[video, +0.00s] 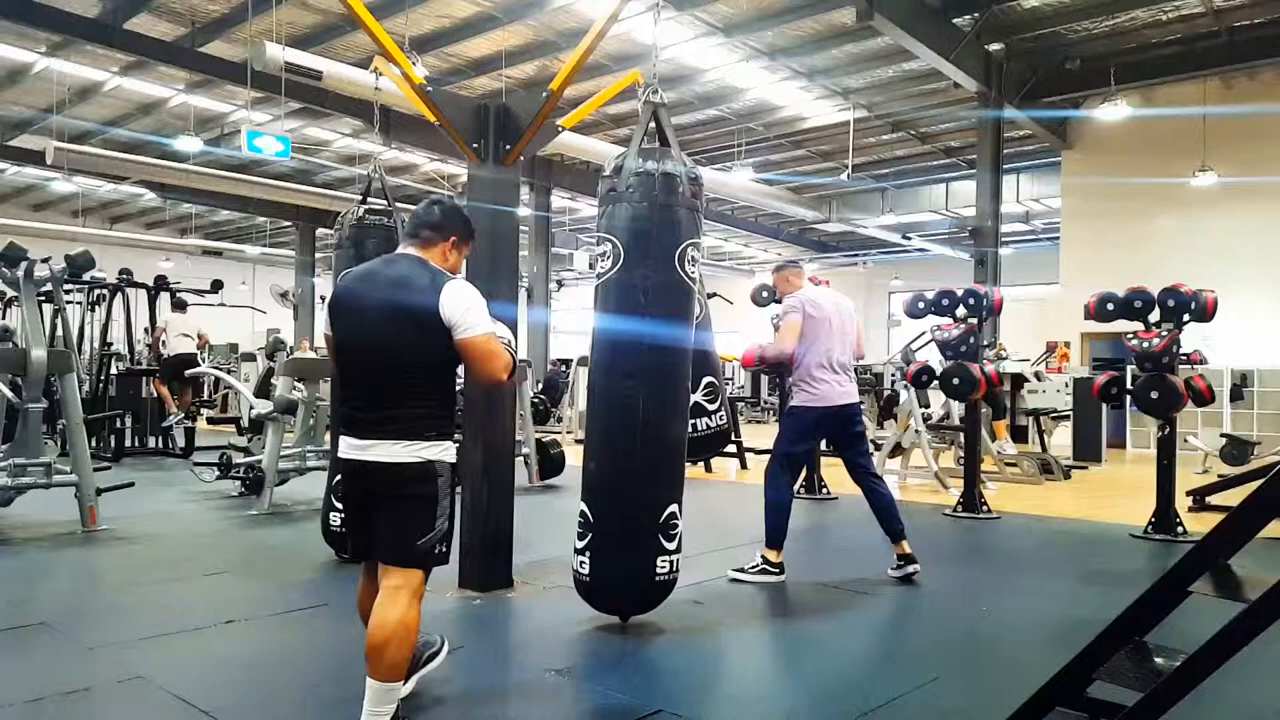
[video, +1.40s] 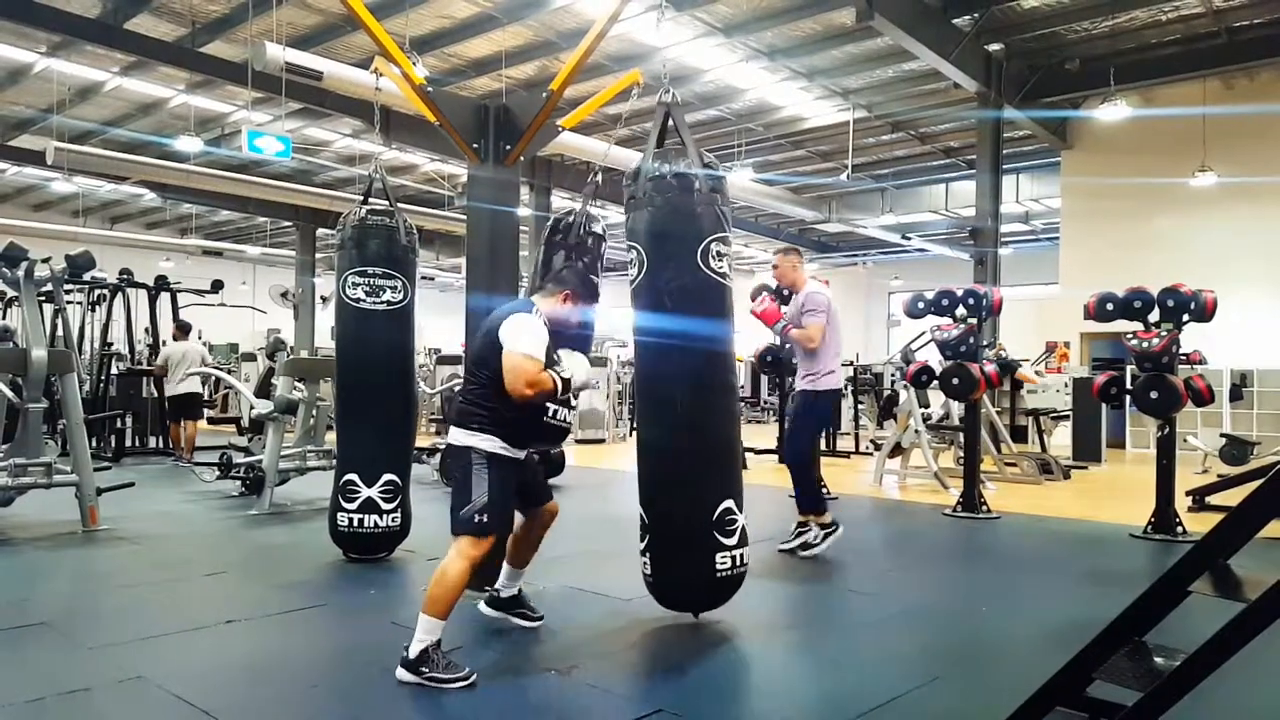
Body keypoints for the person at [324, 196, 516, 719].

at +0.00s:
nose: (463, 267)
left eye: (465, 257)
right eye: (464, 256)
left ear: (406, 237)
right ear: (451, 247)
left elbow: (333, 351)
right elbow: (494, 370)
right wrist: (502, 340)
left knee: (375, 571)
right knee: (401, 588)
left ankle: (399, 661)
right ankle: (375, 712)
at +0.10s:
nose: (474, 274)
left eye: (476, 265)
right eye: (475, 264)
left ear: (422, 243)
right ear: (461, 253)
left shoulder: (362, 292)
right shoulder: (455, 297)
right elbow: (489, 378)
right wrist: (511, 358)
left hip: (368, 453)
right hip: (424, 457)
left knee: (400, 569)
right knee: (410, 584)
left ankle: (406, 662)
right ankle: (377, 712)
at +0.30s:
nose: (494, 279)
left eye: (496, 269)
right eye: (496, 268)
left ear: (456, 250)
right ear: (481, 256)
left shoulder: (405, 287)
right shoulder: (465, 296)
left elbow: (417, 361)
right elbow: (486, 374)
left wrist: (488, 350)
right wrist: (512, 359)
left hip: (394, 445)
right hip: (437, 449)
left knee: (423, 553)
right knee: (467, 560)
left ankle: (413, 660)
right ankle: (396, 681)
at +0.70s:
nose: (550, 320)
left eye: (555, 312)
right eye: (554, 310)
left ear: (527, 289)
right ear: (540, 296)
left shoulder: (486, 314)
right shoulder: (495, 325)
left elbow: (487, 382)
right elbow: (457, 390)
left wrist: (534, 377)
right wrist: (498, 431)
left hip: (450, 448)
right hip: (451, 451)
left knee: (468, 544)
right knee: (470, 561)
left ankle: (472, 623)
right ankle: (428, 685)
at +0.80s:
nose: (559, 324)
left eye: (563, 316)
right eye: (561, 314)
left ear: (532, 295)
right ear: (550, 303)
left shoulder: (498, 314)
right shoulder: (515, 321)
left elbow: (499, 381)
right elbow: (477, 370)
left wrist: (541, 375)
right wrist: (520, 413)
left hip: (463, 445)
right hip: (468, 448)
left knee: (481, 544)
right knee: (479, 558)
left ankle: (480, 621)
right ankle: (428, 680)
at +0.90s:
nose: (563, 316)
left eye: (563, 311)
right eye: (564, 310)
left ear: (525, 289)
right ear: (554, 301)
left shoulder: (473, 314)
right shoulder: (543, 316)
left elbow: (450, 376)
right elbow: (593, 363)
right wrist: (623, 358)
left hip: (444, 439)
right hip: (483, 444)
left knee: (481, 534)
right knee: (476, 552)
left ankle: (479, 620)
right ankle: (429, 673)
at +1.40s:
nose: (575, 325)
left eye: (579, 319)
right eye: (578, 316)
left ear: (560, 296)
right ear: (565, 298)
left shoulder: (528, 322)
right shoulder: (523, 319)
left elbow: (520, 385)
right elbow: (521, 385)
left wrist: (559, 381)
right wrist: (562, 377)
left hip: (509, 448)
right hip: (478, 445)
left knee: (542, 512)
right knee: (475, 542)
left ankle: (504, 593)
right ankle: (419, 652)